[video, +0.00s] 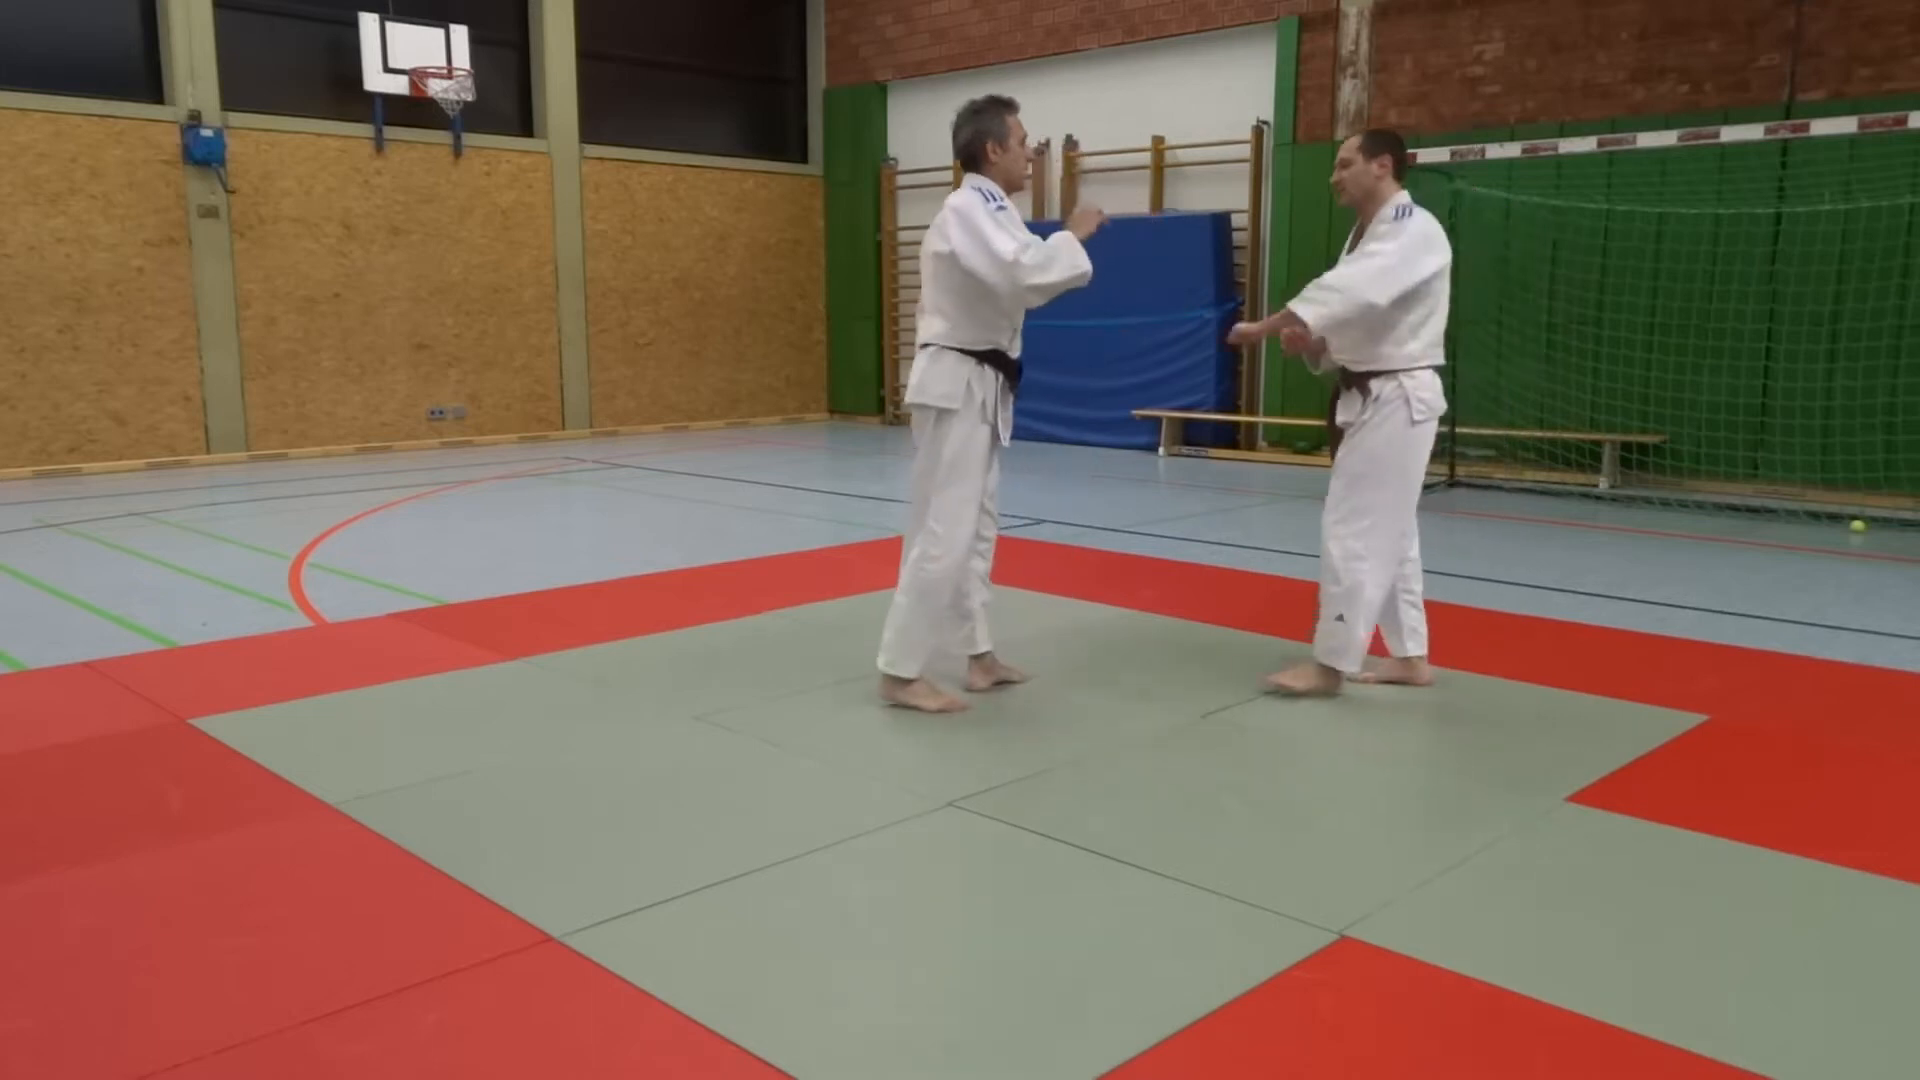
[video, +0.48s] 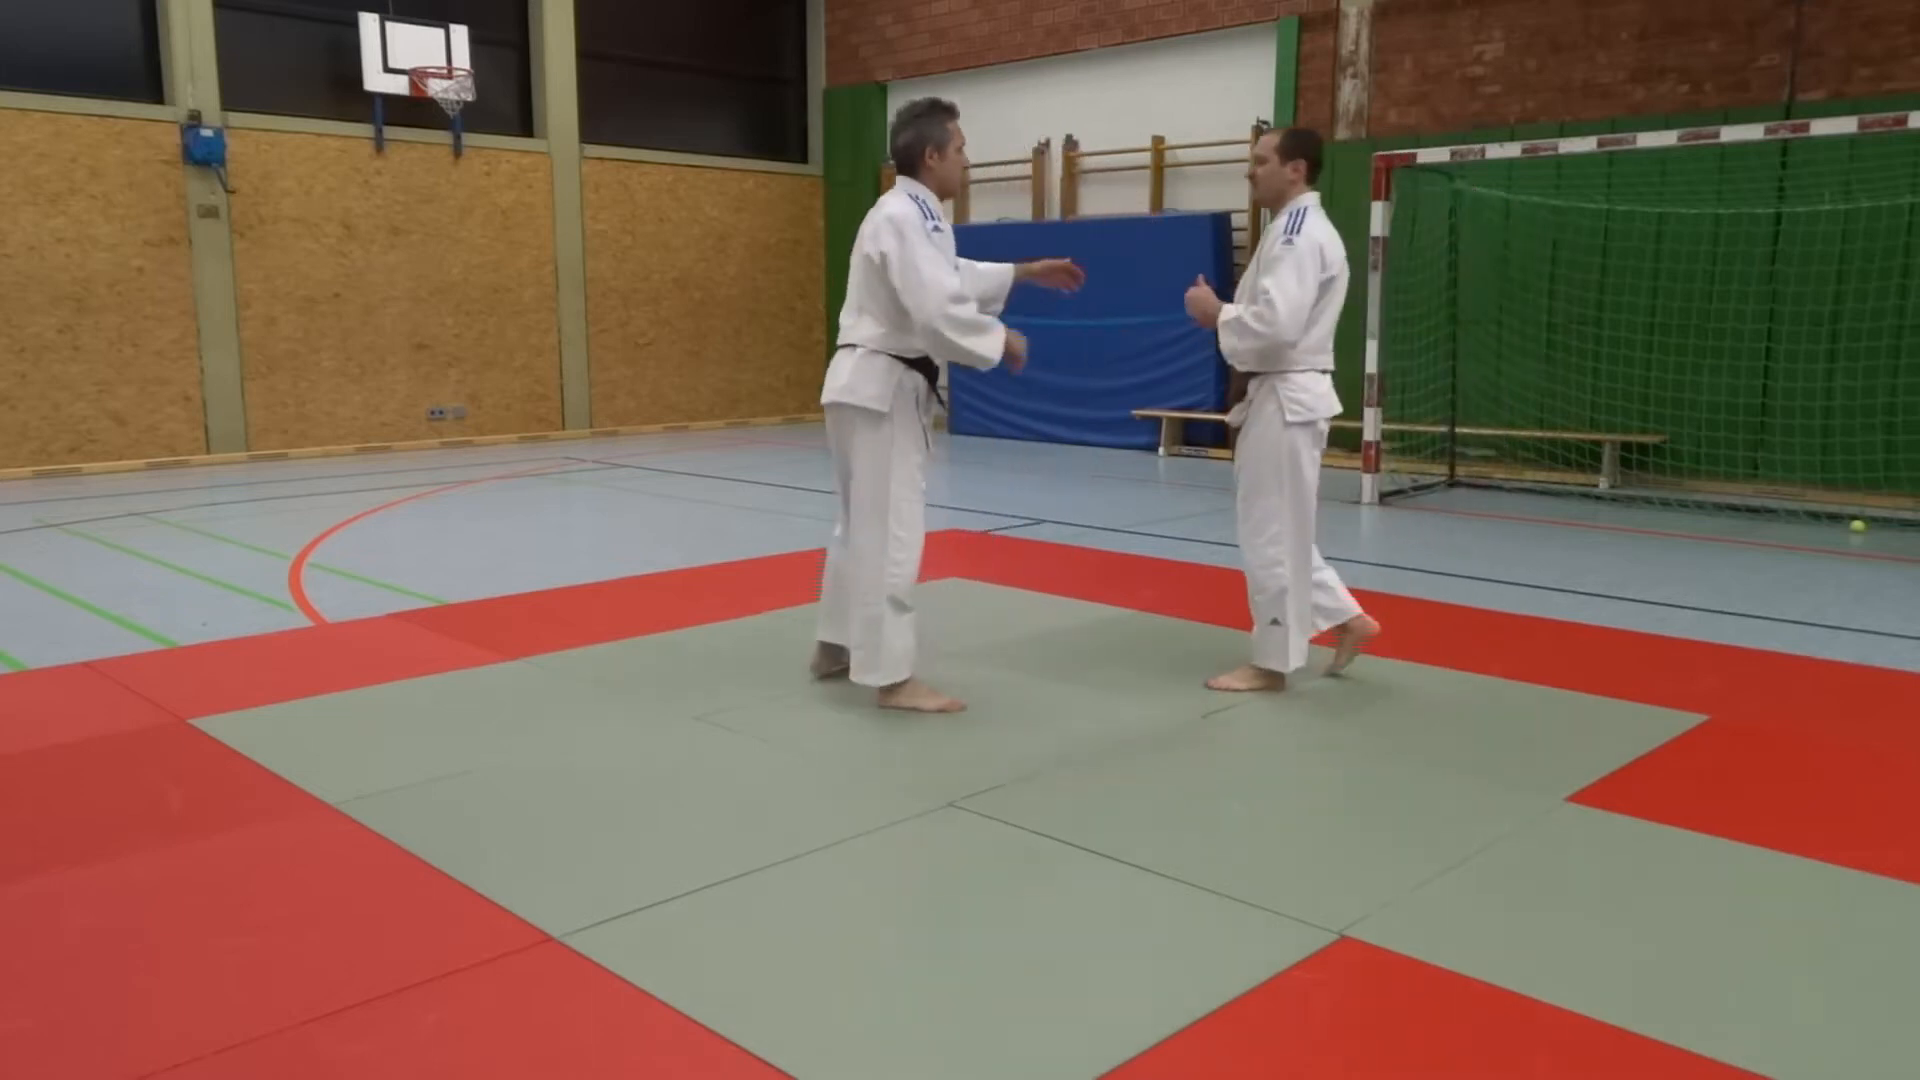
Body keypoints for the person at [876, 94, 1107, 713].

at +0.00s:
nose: (1031, 152)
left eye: (1028, 142)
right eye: (1022, 142)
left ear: (990, 152)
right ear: (989, 151)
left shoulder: (996, 213)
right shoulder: (967, 208)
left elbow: (1029, 280)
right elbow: (1016, 272)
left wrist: (1066, 245)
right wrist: (1073, 238)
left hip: (985, 383)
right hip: (954, 381)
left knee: (976, 527)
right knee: (943, 530)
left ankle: (976, 655)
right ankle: (900, 674)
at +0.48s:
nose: (966, 158)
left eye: (963, 147)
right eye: (958, 148)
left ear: (923, 157)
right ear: (931, 156)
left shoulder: (917, 215)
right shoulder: (903, 215)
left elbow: (948, 280)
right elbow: (931, 304)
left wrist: (1023, 273)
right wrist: (996, 339)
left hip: (871, 382)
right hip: (879, 386)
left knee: (864, 520)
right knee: (894, 528)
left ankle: (837, 647)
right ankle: (892, 678)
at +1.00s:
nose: (874, 166)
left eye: (872, 155)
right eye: (866, 155)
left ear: (829, 161)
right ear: (837, 158)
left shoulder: (826, 216)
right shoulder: (826, 210)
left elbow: (857, 316)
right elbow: (839, 277)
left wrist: (937, 332)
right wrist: (914, 259)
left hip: (795, 376)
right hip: (823, 378)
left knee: (797, 516)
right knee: (847, 523)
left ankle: (792, 648)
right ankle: (860, 671)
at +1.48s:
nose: (859, 169)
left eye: (857, 158)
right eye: (851, 158)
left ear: (818, 164)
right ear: (821, 163)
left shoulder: (825, 224)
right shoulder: (801, 223)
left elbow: (866, 290)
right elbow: (800, 293)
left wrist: (939, 294)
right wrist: (881, 286)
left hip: (807, 387)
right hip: (794, 389)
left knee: (790, 520)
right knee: (815, 532)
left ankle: (742, 631)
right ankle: (820, 679)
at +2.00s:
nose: (830, 179)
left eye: (828, 169)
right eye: (818, 169)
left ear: (802, 178)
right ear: (783, 178)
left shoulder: (828, 252)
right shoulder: (759, 233)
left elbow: (861, 322)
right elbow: (723, 302)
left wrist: (928, 361)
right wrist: (787, 293)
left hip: (807, 397)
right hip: (775, 393)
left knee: (758, 520)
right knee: (841, 515)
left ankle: (710, 639)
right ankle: (858, 659)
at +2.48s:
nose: (886, 173)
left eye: (884, 163)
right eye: (879, 163)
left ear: (849, 167)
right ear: (851, 166)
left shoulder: (850, 220)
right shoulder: (832, 219)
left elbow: (903, 284)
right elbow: (907, 250)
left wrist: (966, 272)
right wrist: (961, 221)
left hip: (854, 377)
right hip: (838, 380)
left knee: (861, 508)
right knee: (862, 514)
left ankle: (867, 615)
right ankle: (854, 658)